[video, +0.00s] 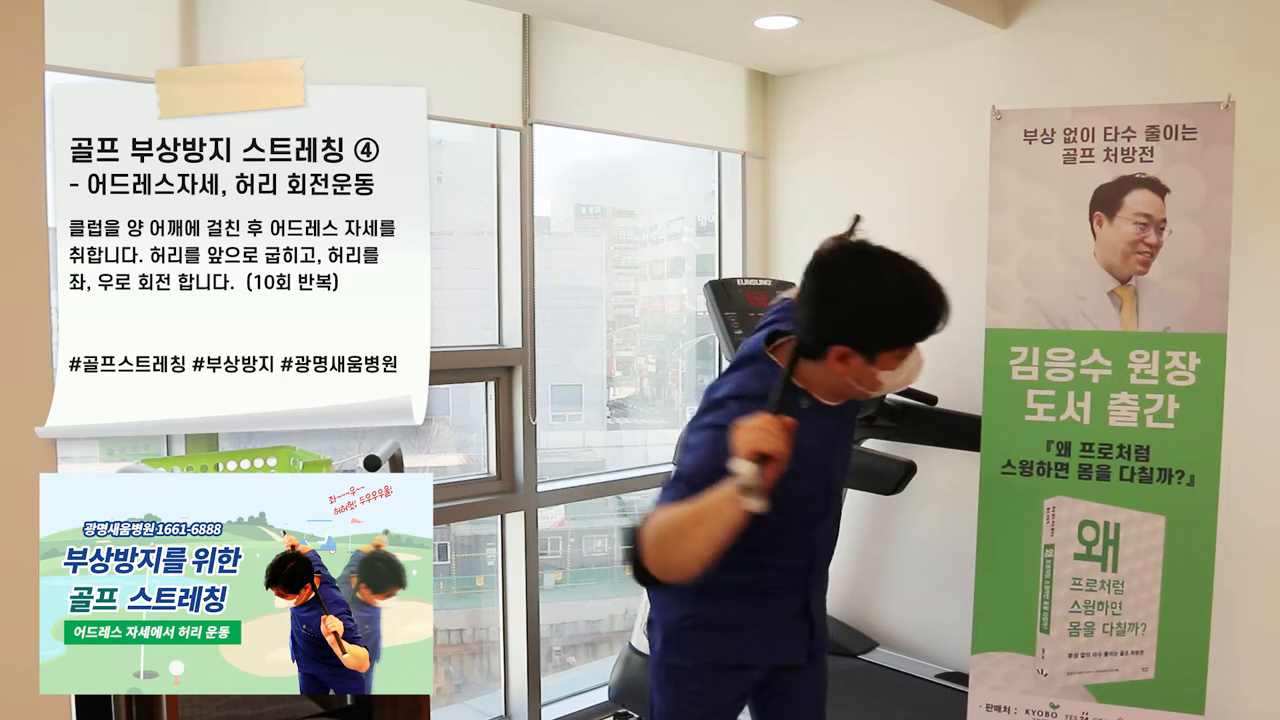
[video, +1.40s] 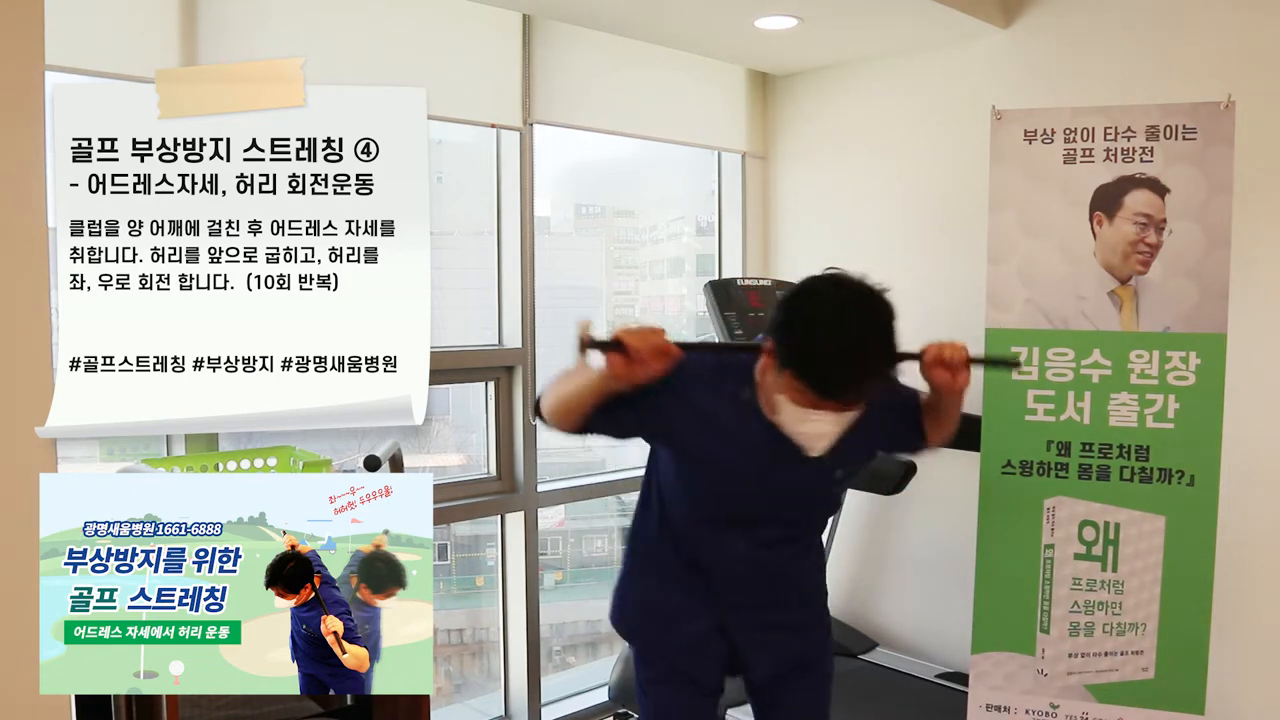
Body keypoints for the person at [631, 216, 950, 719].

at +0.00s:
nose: (898, 374)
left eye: (903, 361)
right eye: (892, 364)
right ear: (844, 360)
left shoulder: (813, 331)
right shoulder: (740, 408)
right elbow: (659, 561)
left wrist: (883, 372)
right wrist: (744, 488)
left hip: (796, 629)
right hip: (704, 644)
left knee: (799, 712)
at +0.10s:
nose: (920, 365)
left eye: (921, 355)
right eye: (914, 360)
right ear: (865, 367)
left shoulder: (796, 334)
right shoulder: (752, 427)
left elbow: (768, 302)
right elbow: (697, 578)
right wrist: (785, 500)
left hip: (793, 627)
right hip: (710, 647)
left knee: (797, 711)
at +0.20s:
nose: (932, 365)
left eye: (934, 355)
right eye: (929, 358)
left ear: (839, 321)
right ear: (889, 368)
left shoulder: (781, 330)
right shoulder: (785, 439)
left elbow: (742, 303)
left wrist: (795, 274)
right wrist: (834, 507)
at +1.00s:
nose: (941, 388)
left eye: (945, 378)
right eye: (938, 378)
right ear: (893, 372)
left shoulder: (805, 337)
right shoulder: (778, 426)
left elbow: (769, 310)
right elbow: (728, 576)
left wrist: (830, 290)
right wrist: (822, 494)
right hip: (710, 651)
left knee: (791, 710)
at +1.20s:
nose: (892, 413)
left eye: (907, 403)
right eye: (889, 401)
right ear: (840, 366)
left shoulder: (856, 393)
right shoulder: (741, 396)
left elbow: (915, 420)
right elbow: (599, 493)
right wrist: (696, 442)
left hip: (792, 626)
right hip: (692, 631)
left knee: (799, 711)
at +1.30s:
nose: (859, 421)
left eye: (870, 408)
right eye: (844, 406)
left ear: (889, 380)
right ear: (794, 360)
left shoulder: (858, 397)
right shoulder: (703, 395)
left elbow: (908, 417)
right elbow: (560, 439)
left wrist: (937, 377)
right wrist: (637, 401)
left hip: (792, 631)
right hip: (683, 631)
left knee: (801, 714)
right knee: (677, 712)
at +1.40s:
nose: (819, 427)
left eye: (840, 411)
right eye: (805, 407)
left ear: (864, 390)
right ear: (766, 360)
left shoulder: (872, 405)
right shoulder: (692, 385)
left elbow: (929, 430)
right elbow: (556, 412)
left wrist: (946, 395)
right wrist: (609, 377)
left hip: (789, 621)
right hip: (678, 621)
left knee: (802, 710)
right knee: (674, 711)